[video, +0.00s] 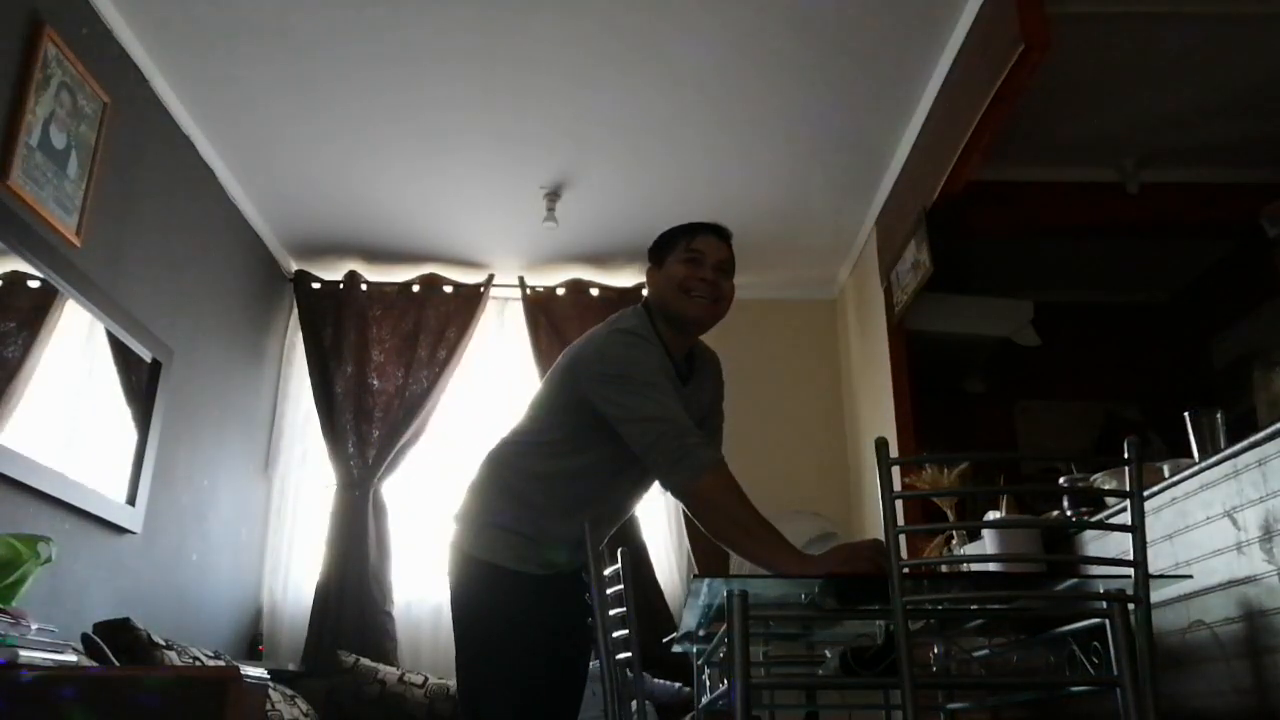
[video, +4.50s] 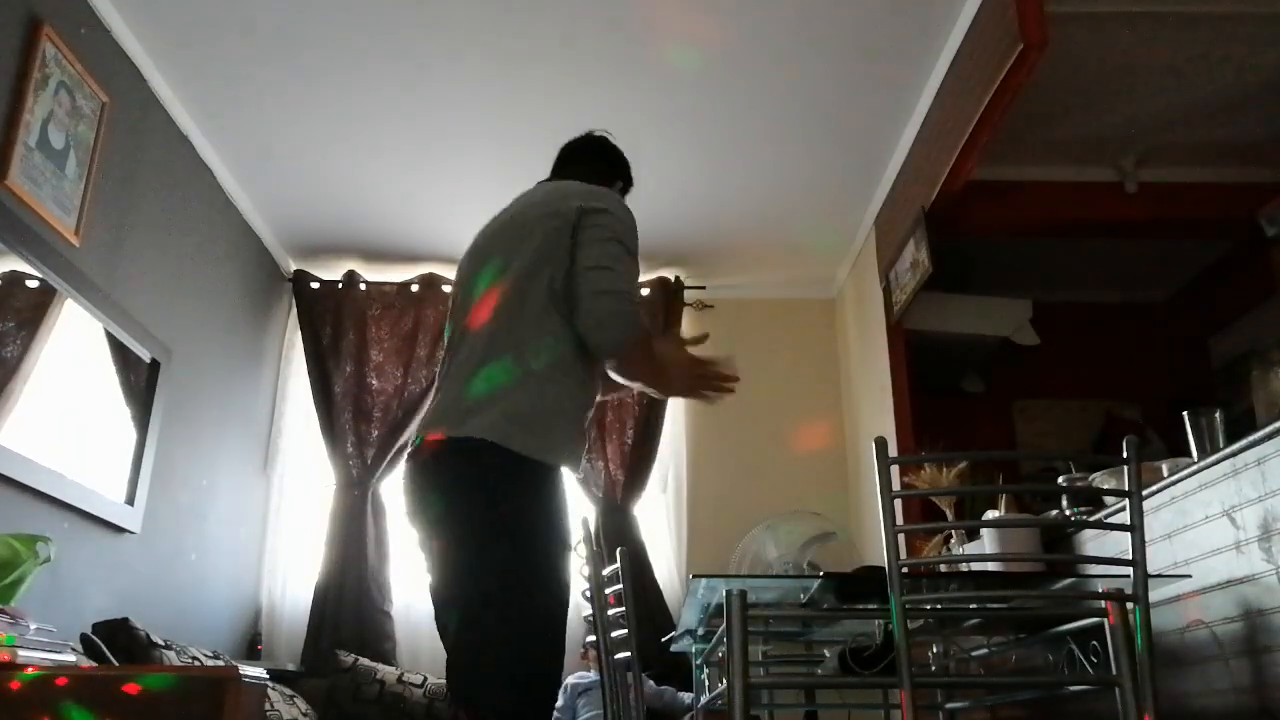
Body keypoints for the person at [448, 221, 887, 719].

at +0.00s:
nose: (708, 278)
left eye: (723, 270)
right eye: (691, 262)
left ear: (731, 293)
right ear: (652, 274)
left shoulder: (702, 370)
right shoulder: (621, 349)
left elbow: (702, 493)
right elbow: (695, 479)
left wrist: (717, 602)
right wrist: (799, 564)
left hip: (570, 554)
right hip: (503, 547)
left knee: (554, 705)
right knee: (503, 708)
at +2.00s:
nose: (715, 281)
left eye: (728, 274)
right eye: (698, 263)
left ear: (734, 296)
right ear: (656, 274)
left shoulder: (695, 369)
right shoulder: (620, 348)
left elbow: (699, 484)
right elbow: (690, 475)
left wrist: (719, 592)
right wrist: (798, 564)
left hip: (560, 555)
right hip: (493, 547)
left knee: (546, 706)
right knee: (489, 708)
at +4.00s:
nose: (727, 308)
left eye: (731, 297)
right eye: (717, 289)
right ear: (663, 276)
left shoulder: (654, 369)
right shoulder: (610, 340)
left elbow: (680, 499)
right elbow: (691, 473)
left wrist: (718, 603)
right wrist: (803, 564)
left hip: (515, 547)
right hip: (472, 538)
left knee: (542, 702)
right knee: (520, 703)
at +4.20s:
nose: (685, 325)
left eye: (690, 308)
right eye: (689, 305)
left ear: (626, 281)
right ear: (668, 290)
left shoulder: (579, 335)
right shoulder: (599, 333)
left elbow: (656, 487)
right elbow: (682, 456)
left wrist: (722, 579)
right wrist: (799, 547)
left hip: (470, 563)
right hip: (484, 566)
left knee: (520, 714)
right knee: (555, 713)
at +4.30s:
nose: (656, 286)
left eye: (660, 275)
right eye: (660, 272)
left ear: (595, 250)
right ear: (645, 261)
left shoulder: (547, 299)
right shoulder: (596, 295)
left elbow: (607, 449)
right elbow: (635, 416)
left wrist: (708, 500)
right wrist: (771, 464)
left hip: (462, 537)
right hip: (498, 541)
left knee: (520, 707)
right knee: (552, 708)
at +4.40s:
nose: (642, 242)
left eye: (644, 231)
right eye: (645, 229)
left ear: (585, 202)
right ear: (639, 216)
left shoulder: (534, 248)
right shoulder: (598, 237)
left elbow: (565, 397)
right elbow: (605, 353)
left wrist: (673, 420)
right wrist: (725, 378)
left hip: (461, 484)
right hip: (501, 490)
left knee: (491, 679)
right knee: (530, 684)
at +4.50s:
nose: (623, 204)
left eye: (625, 197)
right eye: (623, 195)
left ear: (556, 174)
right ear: (615, 184)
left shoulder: (500, 228)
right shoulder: (599, 205)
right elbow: (611, 327)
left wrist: (633, 357)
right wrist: (667, 374)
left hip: (440, 459)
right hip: (504, 459)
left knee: (473, 654)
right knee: (523, 662)